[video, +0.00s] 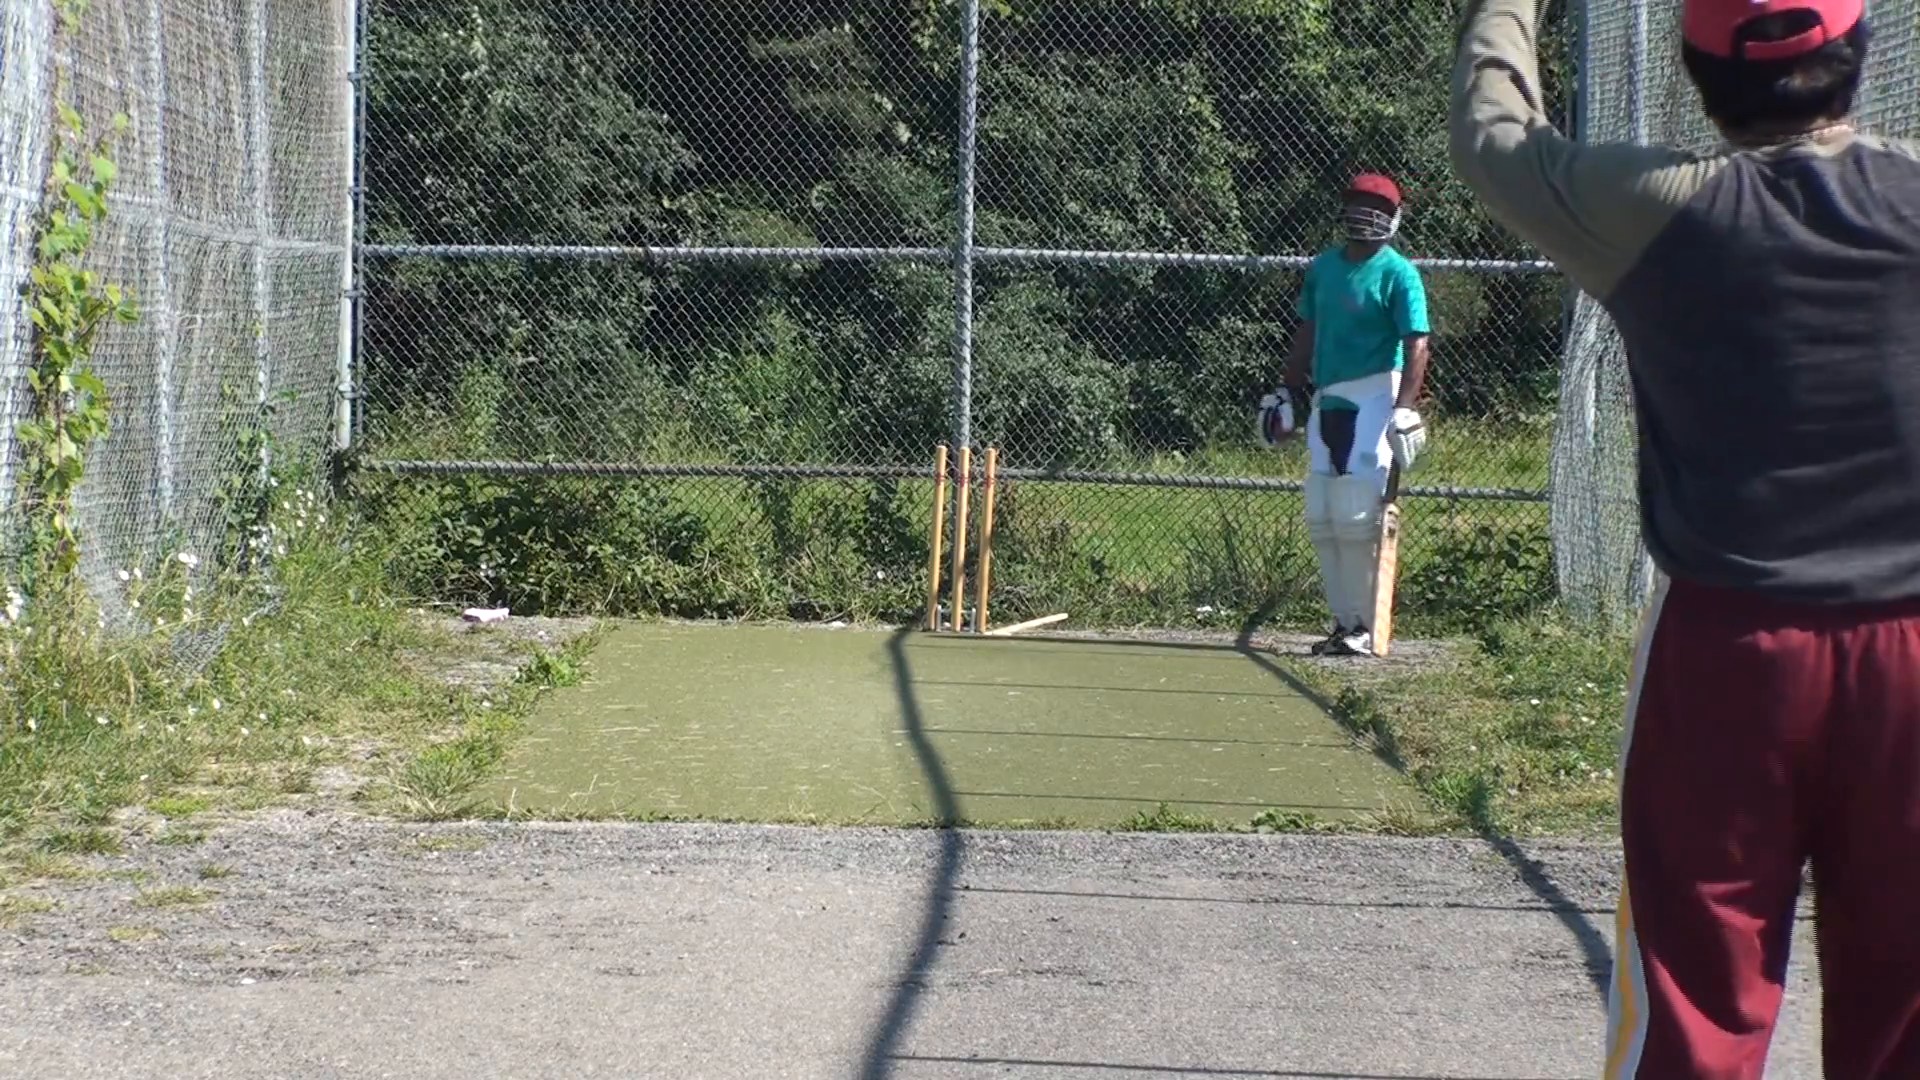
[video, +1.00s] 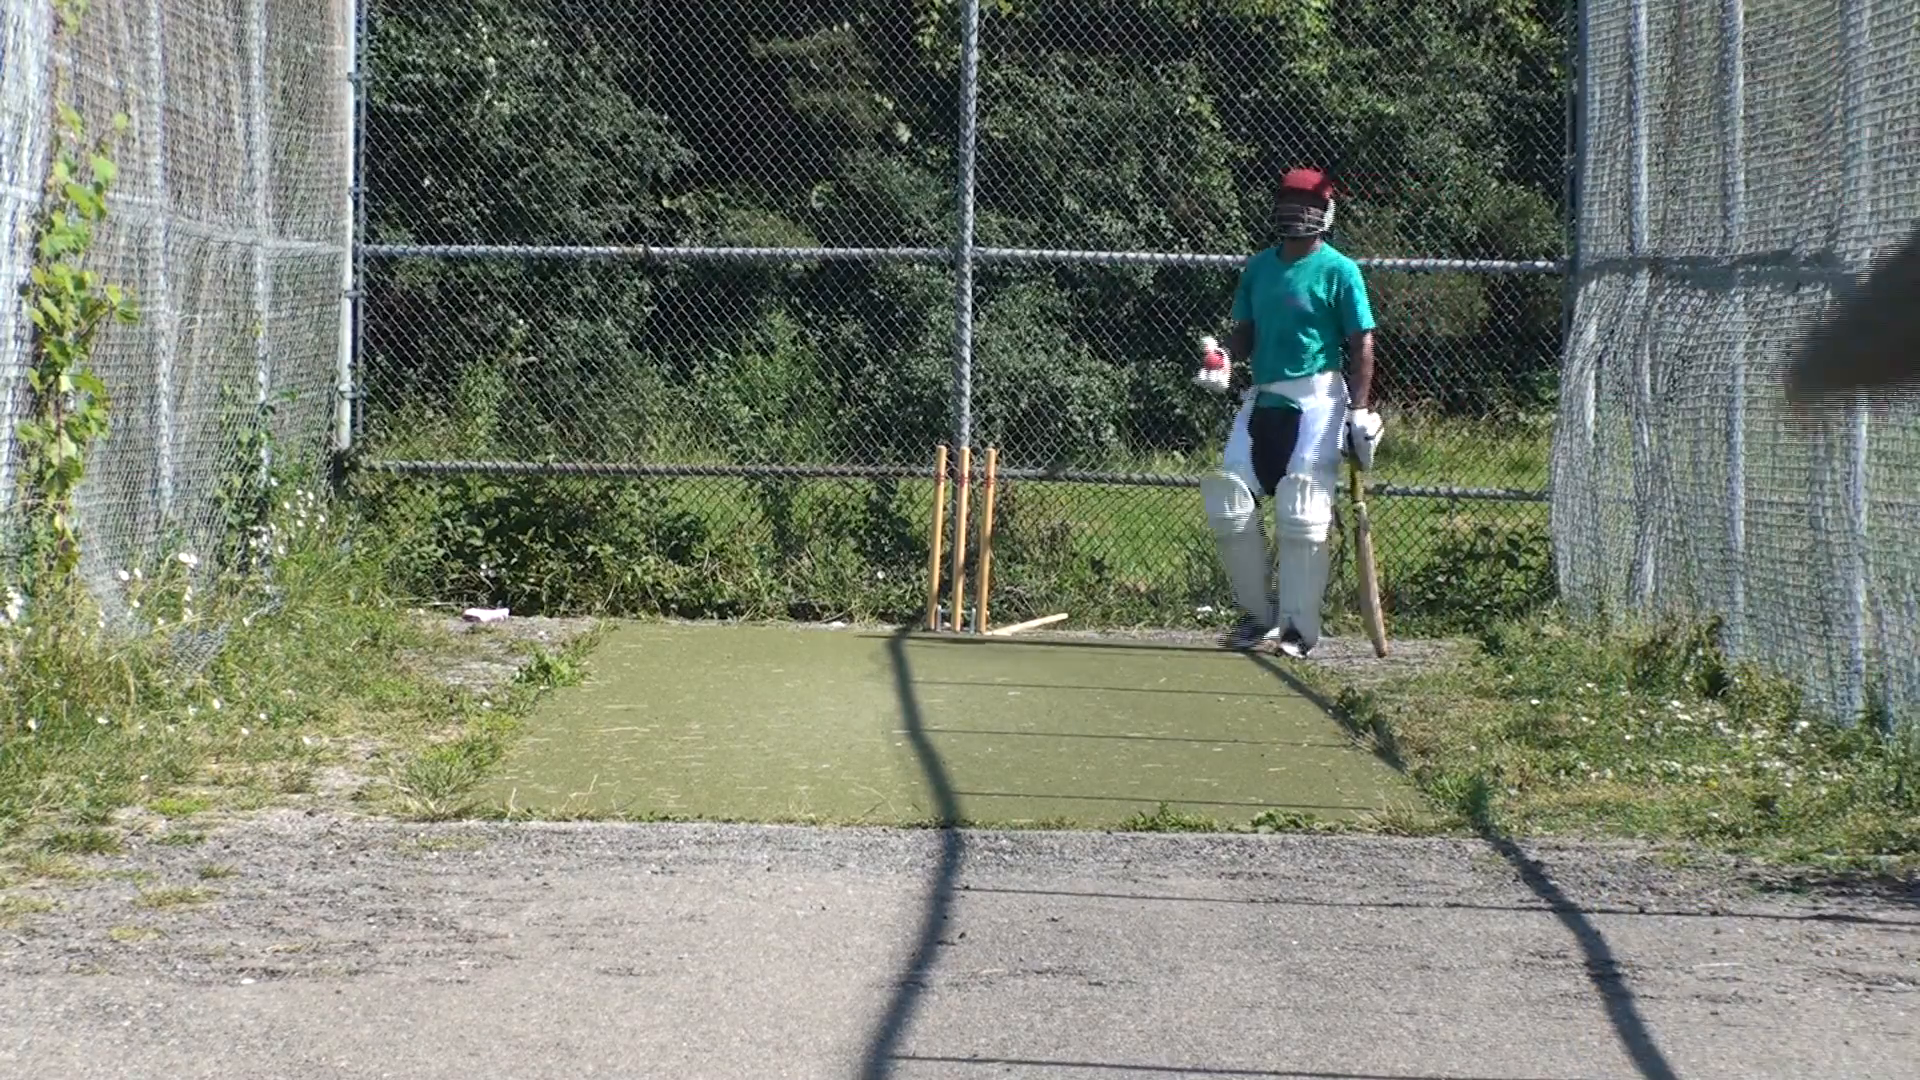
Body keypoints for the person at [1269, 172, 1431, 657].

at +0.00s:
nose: (1366, 218)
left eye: (1377, 212)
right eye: (1358, 208)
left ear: (1393, 221)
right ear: (1345, 213)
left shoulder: (1400, 273)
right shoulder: (1322, 267)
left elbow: (1418, 346)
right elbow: (1306, 333)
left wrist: (1405, 410)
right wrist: (1288, 391)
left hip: (1374, 398)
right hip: (1328, 398)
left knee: (1357, 516)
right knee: (1321, 516)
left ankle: (1365, 628)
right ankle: (1344, 624)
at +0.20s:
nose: (1352, 221)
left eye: (1363, 215)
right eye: (1345, 213)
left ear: (1379, 223)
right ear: (1332, 216)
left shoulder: (1389, 273)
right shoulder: (1309, 270)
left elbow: (1410, 345)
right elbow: (1293, 335)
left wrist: (1401, 411)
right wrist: (1279, 394)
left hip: (1367, 395)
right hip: (1319, 397)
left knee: (1348, 508)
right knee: (1317, 513)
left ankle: (1365, 626)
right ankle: (1345, 623)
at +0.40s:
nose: (1337, 224)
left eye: (1349, 217)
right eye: (1330, 215)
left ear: (1364, 223)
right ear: (1317, 217)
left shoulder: (1376, 272)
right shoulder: (1296, 270)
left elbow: (1401, 346)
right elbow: (1284, 334)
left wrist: (1397, 414)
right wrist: (1267, 385)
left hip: (1358, 392)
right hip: (1310, 396)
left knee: (1336, 503)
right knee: (1317, 507)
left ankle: (1338, 617)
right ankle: (1350, 623)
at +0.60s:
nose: (1320, 229)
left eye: (1331, 221)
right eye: (1312, 220)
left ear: (1347, 225)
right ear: (1300, 223)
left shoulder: (1364, 274)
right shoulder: (1282, 275)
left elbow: (1390, 345)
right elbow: (1268, 336)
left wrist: (1389, 411)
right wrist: (1255, 376)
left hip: (1345, 395)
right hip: (1296, 399)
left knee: (1321, 507)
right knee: (1309, 511)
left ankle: (1301, 625)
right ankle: (1350, 625)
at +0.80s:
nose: (1311, 225)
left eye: (1321, 217)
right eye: (1302, 216)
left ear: (1338, 222)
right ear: (1290, 219)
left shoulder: (1353, 273)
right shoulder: (1272, 271)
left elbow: (1377, 346)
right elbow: (1258, 333)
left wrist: (1373, 413)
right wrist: (1241, 361)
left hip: (1332, 394)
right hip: (1282, 396)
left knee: (1307, 508)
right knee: (1266, 513)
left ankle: (1299, 631)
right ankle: (1335, 608)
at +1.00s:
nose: (1296, 214)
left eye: (1307, 207)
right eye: (1288, 205)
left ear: (1325, 213)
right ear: (1277, 210)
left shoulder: (1341, 271)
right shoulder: (1257, 267)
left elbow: (1361, 346)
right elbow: (1245, 333)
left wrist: (1360, 412)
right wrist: (1223, 354)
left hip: (1318, 397)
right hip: (1263, 396)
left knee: (1302, 510)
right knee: (1229, 498)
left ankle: (1298, 632)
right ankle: (1257, 617)